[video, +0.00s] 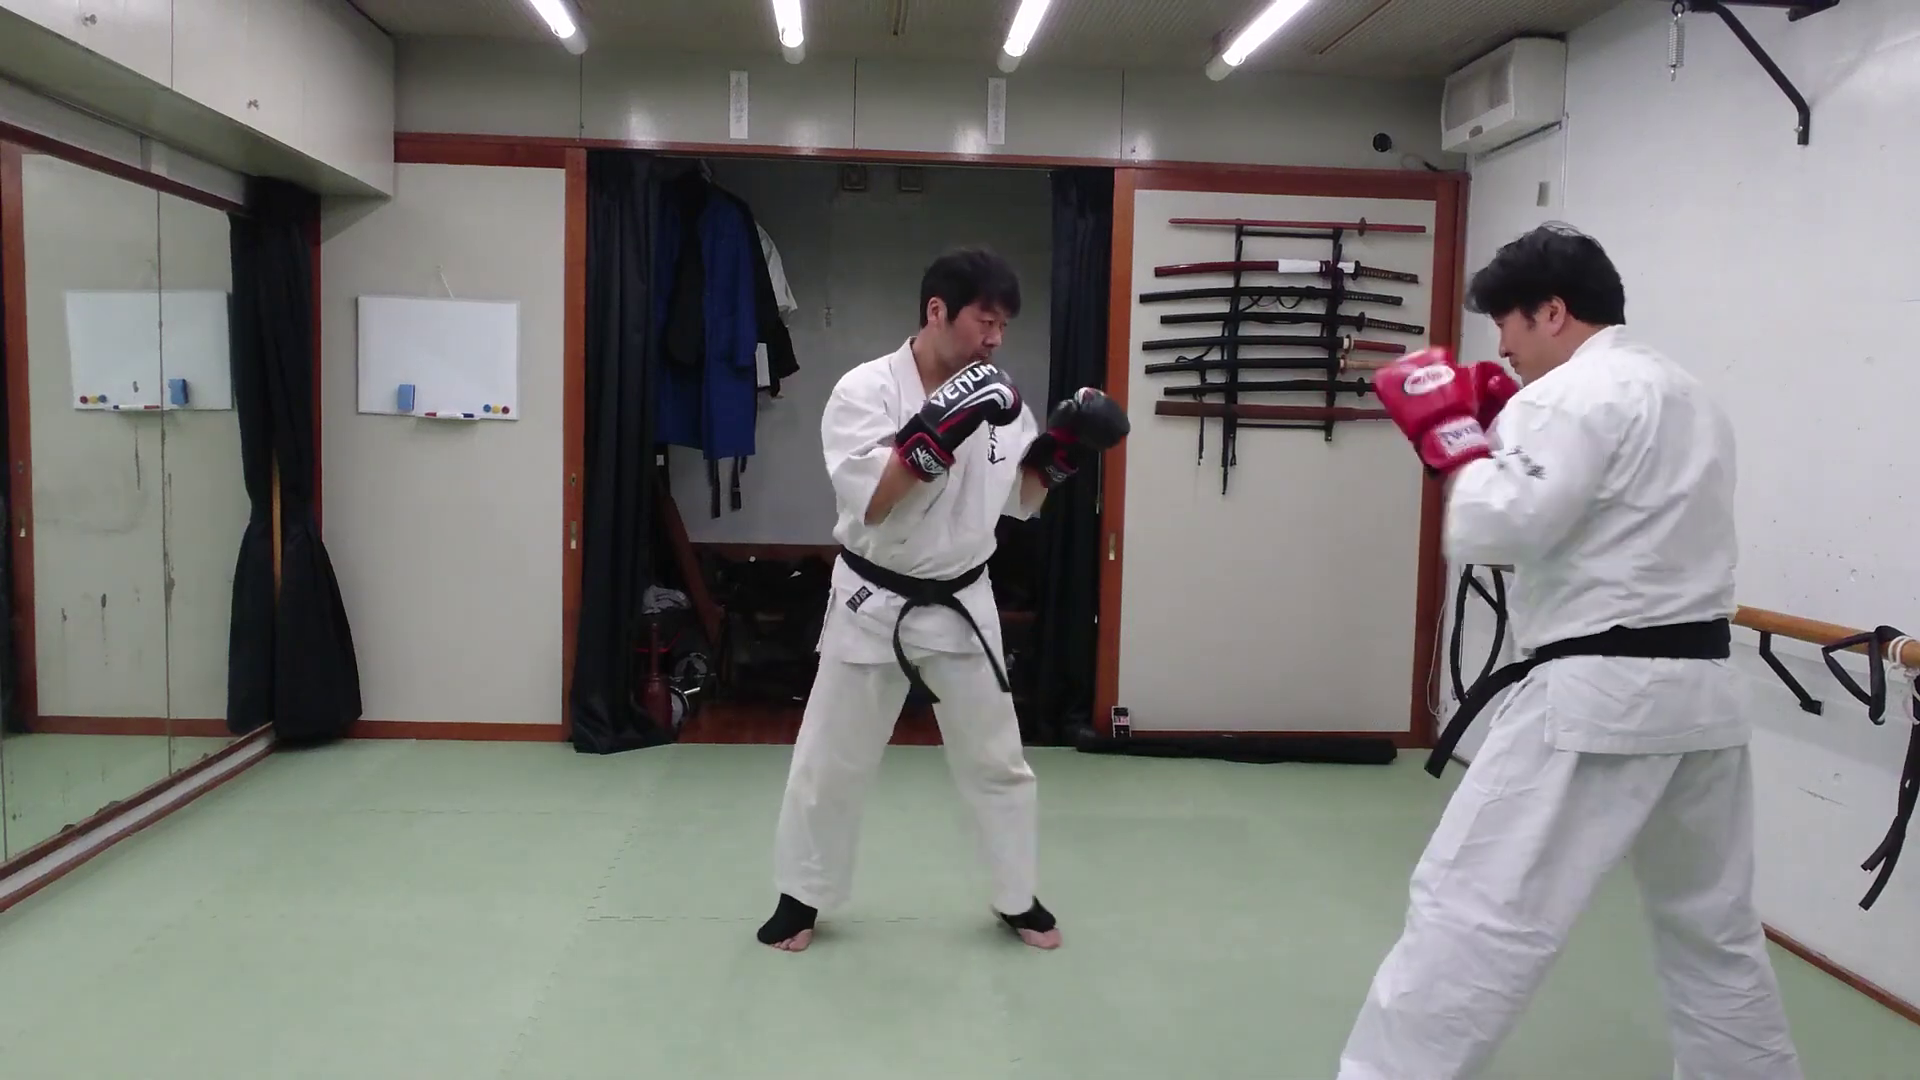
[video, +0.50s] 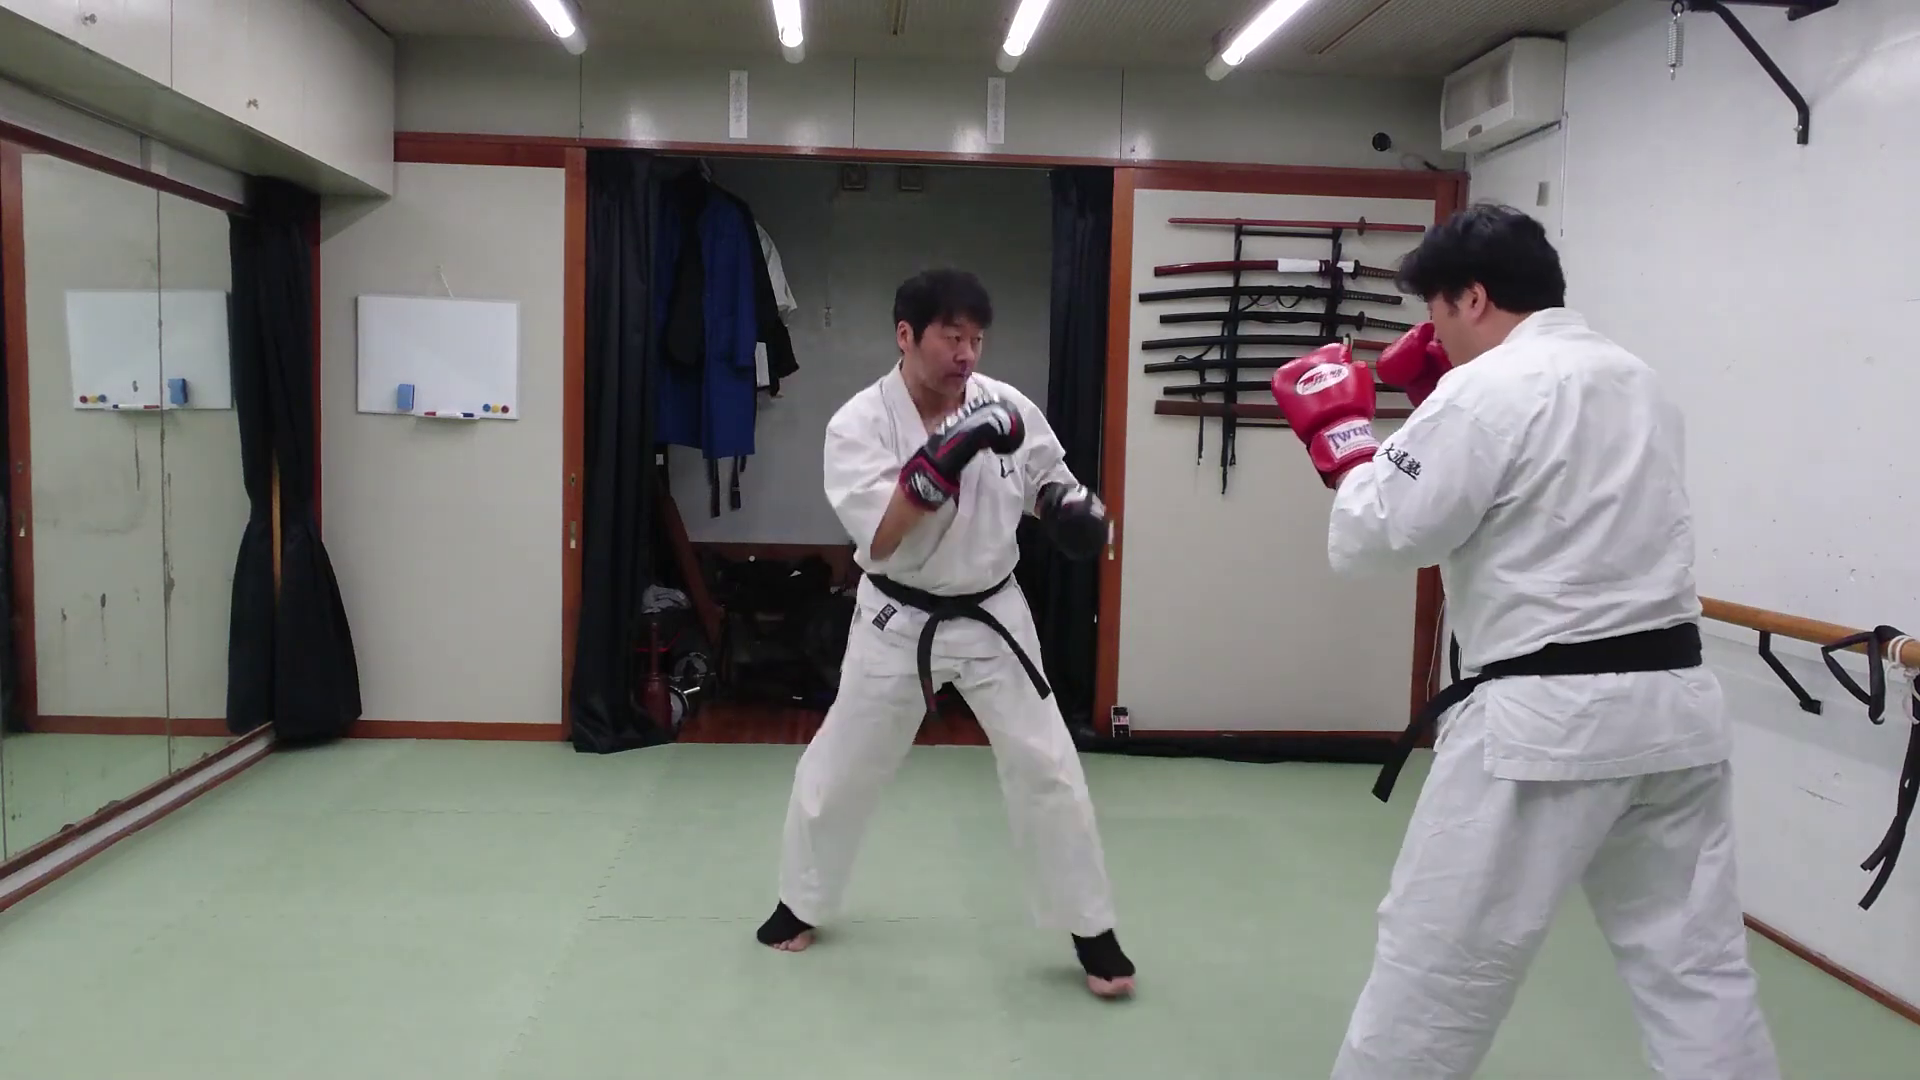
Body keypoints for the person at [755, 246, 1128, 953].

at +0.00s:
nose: (996, 340)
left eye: (1003, 326)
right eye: (985, 321)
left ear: (1002, 327)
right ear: (936, 311)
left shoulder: (1001, 401)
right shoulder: (862, 391)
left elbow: (1019, 501)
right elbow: (873, 500)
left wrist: (1058, 456)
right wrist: (939, 428)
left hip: (963, 604)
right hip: (867, 599)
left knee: (998, 762)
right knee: (825, 762)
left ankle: (1017, 897)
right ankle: (801, 897)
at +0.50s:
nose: (967, 354)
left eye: (976, 340)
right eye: (952, 339)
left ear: (985, 342)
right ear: (906, 337)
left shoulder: (1006, 407)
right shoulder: (857, 425)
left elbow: (1058, 485)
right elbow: (880, 537)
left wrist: (1082, 519)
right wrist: (938, 462)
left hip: (994, 612)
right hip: (892, 615)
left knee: (1048, 766)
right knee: (834, 771)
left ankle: (1094, 931)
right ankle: (802, 903)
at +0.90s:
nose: (1050, 354)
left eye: (1059, 341)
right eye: (1036, 338)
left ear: (1064, 348)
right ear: (987, 337)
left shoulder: (1081, 428)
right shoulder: (927, 428)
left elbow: (1126, 535)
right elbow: (942, 546)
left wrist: (1142, 501)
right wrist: (1001, 460)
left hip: (1054, 625)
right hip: (949, 627)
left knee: (1104, 780)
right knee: (882, 795)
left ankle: (1124, 958)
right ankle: (861, 904)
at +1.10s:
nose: (1046, 381)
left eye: (1054, 365)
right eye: (1030, 363)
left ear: (1061, 371)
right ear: (984, 366)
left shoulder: (1078, 452)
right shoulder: (929, 454)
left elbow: (1119, 567)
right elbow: (947, 563)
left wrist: (1147, 538)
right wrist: (1010, 480)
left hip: (1062, 647)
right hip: (955, 649)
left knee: (1128, 786)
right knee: (891, 806)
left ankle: (1154, 956)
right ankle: (864, 914)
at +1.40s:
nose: (1148, 346)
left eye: (1159, 331)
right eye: (1130, 332)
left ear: (1174, 337)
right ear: (1093, 340)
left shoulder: (1202, 415)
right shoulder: (1053, 426)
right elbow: (1004, 539)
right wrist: (1036, 480)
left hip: (1148, 637)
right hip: (1053, 624)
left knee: (1182, 809)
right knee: (1000, 759)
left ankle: (1244, 978)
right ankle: (958, 880)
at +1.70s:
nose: (1221, 354)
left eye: (1233, 339)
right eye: (1205, 338)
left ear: (1246, 345)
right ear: (1169, 340)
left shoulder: (1272, 423)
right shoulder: (1127, 415)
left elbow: (1343, 500)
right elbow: (1062, 508)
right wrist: (1106, 440)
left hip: (1222, 634)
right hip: (1134, 627)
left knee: (1221, 800)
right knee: (1122, 761)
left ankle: (1253, 985)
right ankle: (1152, 854)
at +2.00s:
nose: (1263, 369)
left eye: (1277, 356)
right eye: (1251, 352)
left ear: (1290, 352)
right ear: (1218, 340)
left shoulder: (1293, 412)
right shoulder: (1162, 403)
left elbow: (1351, 470)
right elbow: (1114, 498)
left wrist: (1362, 413)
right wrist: (1166, 418)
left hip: (1241, 607)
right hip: (1152, 599)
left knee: (1241, 762)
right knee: (1136, 743)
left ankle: (1232, 899)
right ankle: (1133, 852)